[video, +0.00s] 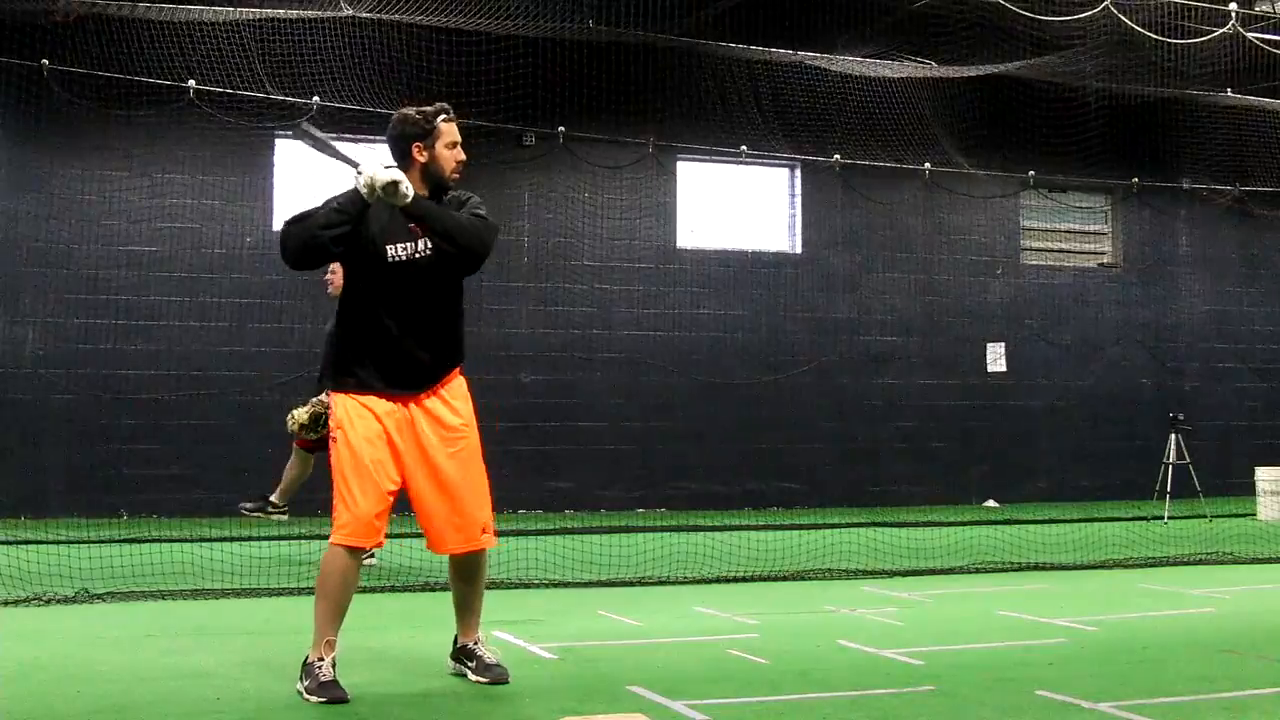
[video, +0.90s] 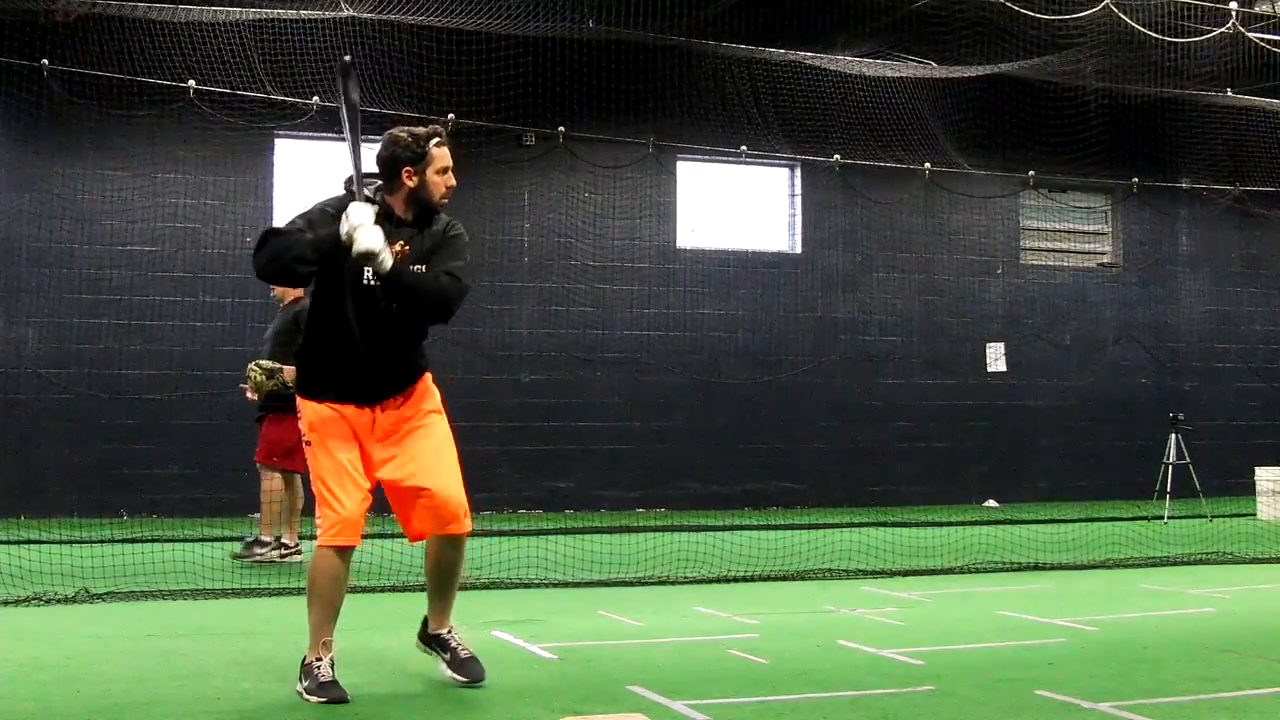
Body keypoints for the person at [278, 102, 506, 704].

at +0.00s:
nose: (462, 154)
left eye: (461, 145)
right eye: (453, 145)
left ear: (431, 151)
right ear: (419, 151)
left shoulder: (460, 206)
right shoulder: (362, 210)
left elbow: (478, 246)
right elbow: (293, 247)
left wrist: (410, 201)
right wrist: (361, 204)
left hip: (441, 391)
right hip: (363, 393)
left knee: (470, 526)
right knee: (356, 528)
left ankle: (469, 644)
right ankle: (320, 658)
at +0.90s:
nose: (450, 181)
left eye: (451, 171)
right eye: (442, 172)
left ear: (416, 175)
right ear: (407, 176)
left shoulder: (443, 232)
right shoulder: (343, 214)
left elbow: (445, 300)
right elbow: (266, 257)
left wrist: (386, 259)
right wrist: (339, 236)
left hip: (409, 400)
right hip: (332, 404)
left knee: (451, 516)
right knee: (342, 525)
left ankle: (438, 629)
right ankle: (318, 658)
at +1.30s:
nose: (469, 205)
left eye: (470, 194)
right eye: (460, 196)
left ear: (436, 198)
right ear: (422, 199)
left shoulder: (460, 258)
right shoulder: (359, 229)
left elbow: (429, 332)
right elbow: (271, 249)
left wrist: (334, 310)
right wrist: (300, 265)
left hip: (440, 401)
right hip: (359, 411)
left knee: (502, 499)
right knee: (348, 531)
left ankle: (481, 627)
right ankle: (322, 658)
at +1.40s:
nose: (480, 213)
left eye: (481, 202)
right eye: (470, 203)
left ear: (448, 206)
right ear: (432, 207)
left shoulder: (472, 264)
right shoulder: (373, 235)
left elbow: (414, 322)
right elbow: (285, 234)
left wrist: (331, 285)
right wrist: (314, 240)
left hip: (463, 409)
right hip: (381, 419)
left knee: (537, 516)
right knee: (363, 531)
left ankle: (543, 641)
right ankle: (323, 658)